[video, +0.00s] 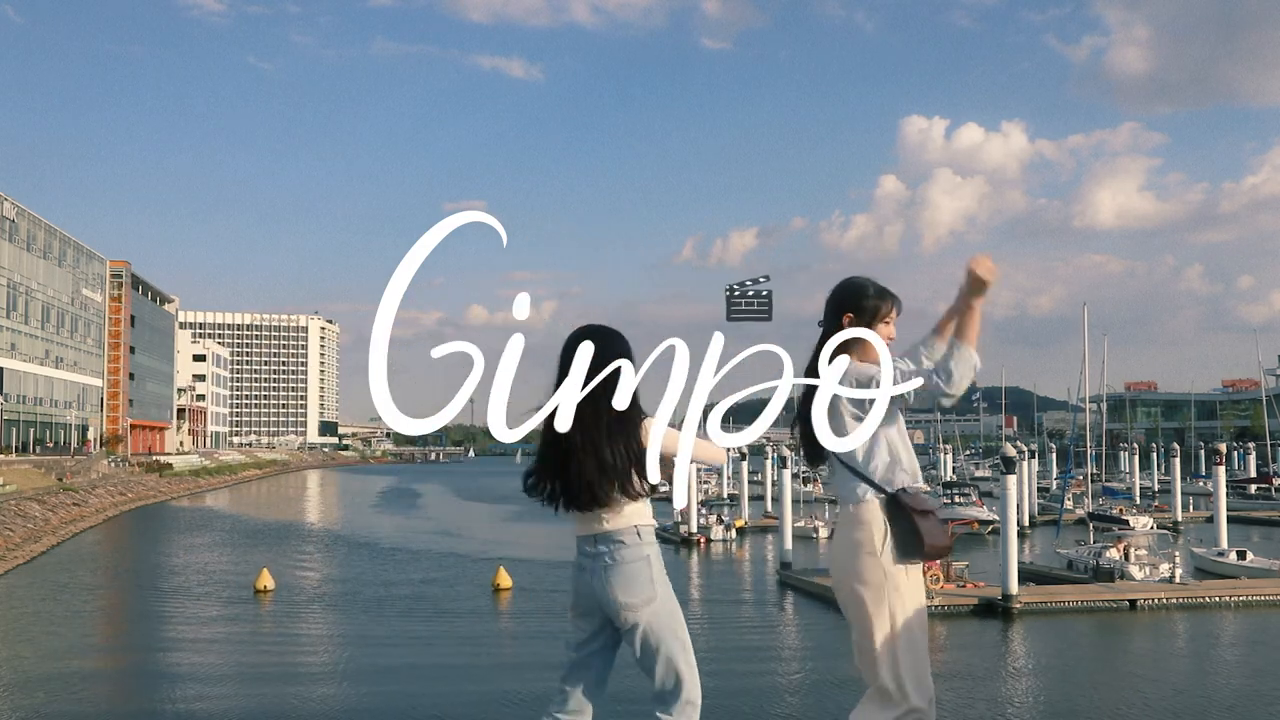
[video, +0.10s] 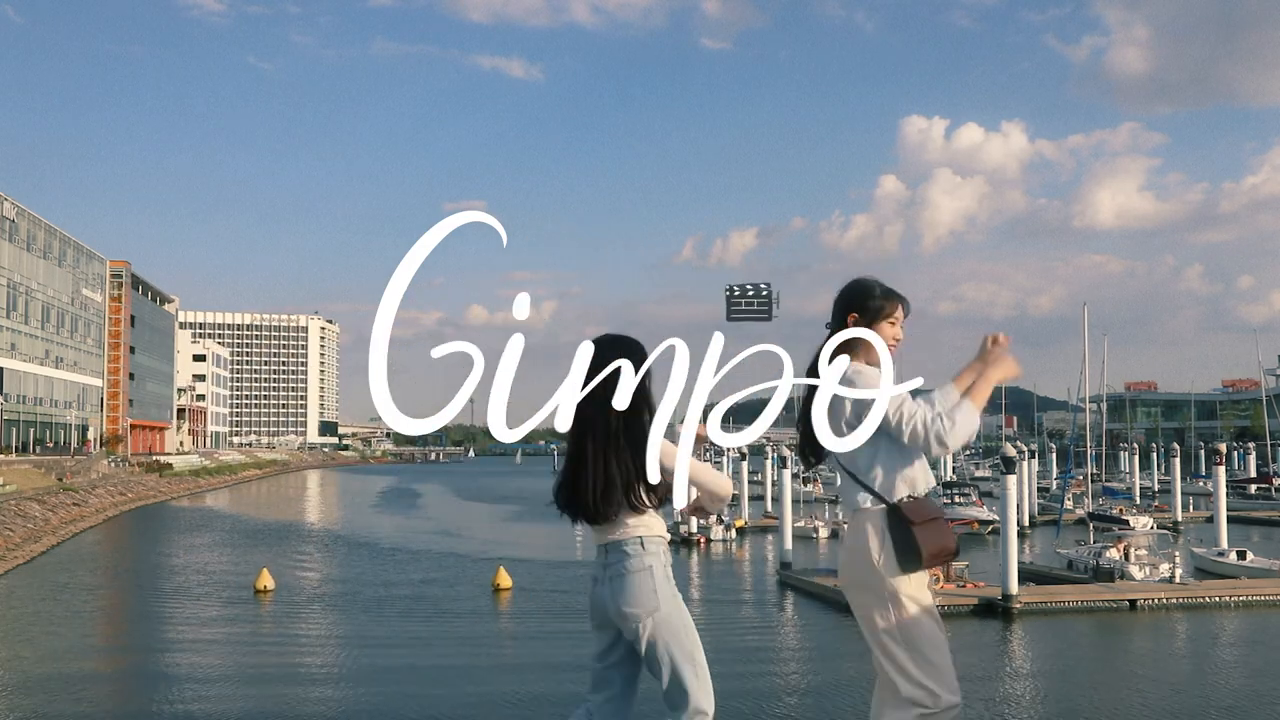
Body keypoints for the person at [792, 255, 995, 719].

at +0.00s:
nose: (896, 333)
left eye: (895, 322)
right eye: (888, 321)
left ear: (848, 322)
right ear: (852, 322)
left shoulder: (851, 372)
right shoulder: (858, 370)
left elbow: (918, 361)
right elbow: (948, 385)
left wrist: (962, 303)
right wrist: (974, 303)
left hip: (873, 530)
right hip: (875, 531)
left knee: (898, 690)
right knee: (904, 694)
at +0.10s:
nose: (900, 335)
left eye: (901, 324)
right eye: (892, 322)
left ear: (854, 326)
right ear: (857, 322)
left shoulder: (856, 379)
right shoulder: (860, 379)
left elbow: (921, 417)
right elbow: (938, 436)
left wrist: (977, 366)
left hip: (874, 539)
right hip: (881, 541)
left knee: (897, 692)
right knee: (936, 698)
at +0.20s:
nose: (909, 339)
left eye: (912, 330)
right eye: (899, 328)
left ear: (914, 335)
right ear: (868, 332)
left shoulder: (862, 395)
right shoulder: (870, 397)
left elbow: (911, 480)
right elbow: (920, 488)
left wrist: (964, 448)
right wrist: (957, 441)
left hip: (874, 551)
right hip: (886, 552)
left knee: (918, 689)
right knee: (971, 694)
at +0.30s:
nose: (920, 335)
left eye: (923, 324)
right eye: (907, 324)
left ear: (926, 328)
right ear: (878, 329)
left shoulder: (881, 391)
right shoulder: (880, 391)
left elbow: (916, 483)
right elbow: (920, 491)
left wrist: (985, 481)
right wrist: (969, 427)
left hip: (889, 552)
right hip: (901, 551)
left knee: (929, 695)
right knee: (994, 684)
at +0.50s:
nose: (940, 320)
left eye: (946, 310)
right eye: (927, 309)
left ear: (951, 315)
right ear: (896, 317)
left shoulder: (912, 375)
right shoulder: (903, 378)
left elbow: (916, 466)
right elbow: (910, 469)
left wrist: (986, 478)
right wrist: (996, 477)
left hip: (921, 533)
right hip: (931, 533)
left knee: (932, 685)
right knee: (996, 681)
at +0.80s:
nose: (989, 331)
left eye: (989, 320)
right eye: (982, 318)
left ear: (948, 322)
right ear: (946, 321)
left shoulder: (947, 384)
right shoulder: (939, 387)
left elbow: (964, 477)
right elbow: (961, 479)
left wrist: (1016, 480)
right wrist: (1045, 450)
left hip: (952, 542)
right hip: (961, 543)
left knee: (946, 691)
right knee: (1021, 693)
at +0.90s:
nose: (1003, 330)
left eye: (1002, 319)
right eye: (995, 318)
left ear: (964, 325)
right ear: (962, 321)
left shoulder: (956, 385)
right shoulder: (955, 387)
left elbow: (972, 480)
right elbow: (968, 485)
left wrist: (1024, 488)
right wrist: (1046, 456)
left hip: (961, 544)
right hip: (977, 544)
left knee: (949, 691)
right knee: (1029, 694)